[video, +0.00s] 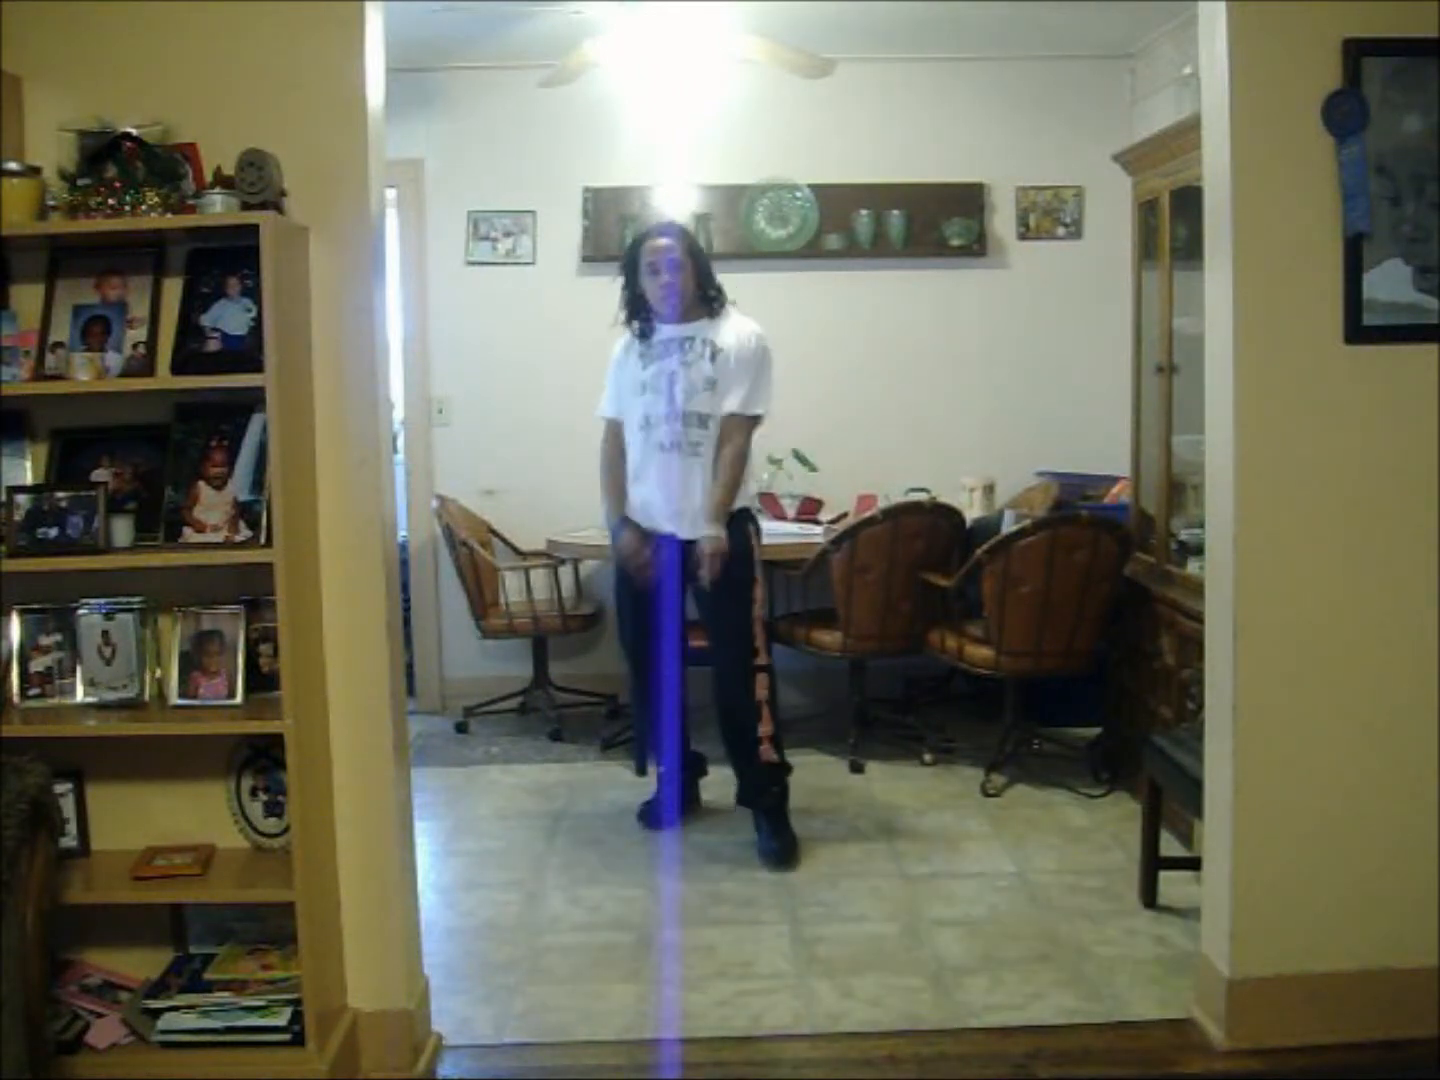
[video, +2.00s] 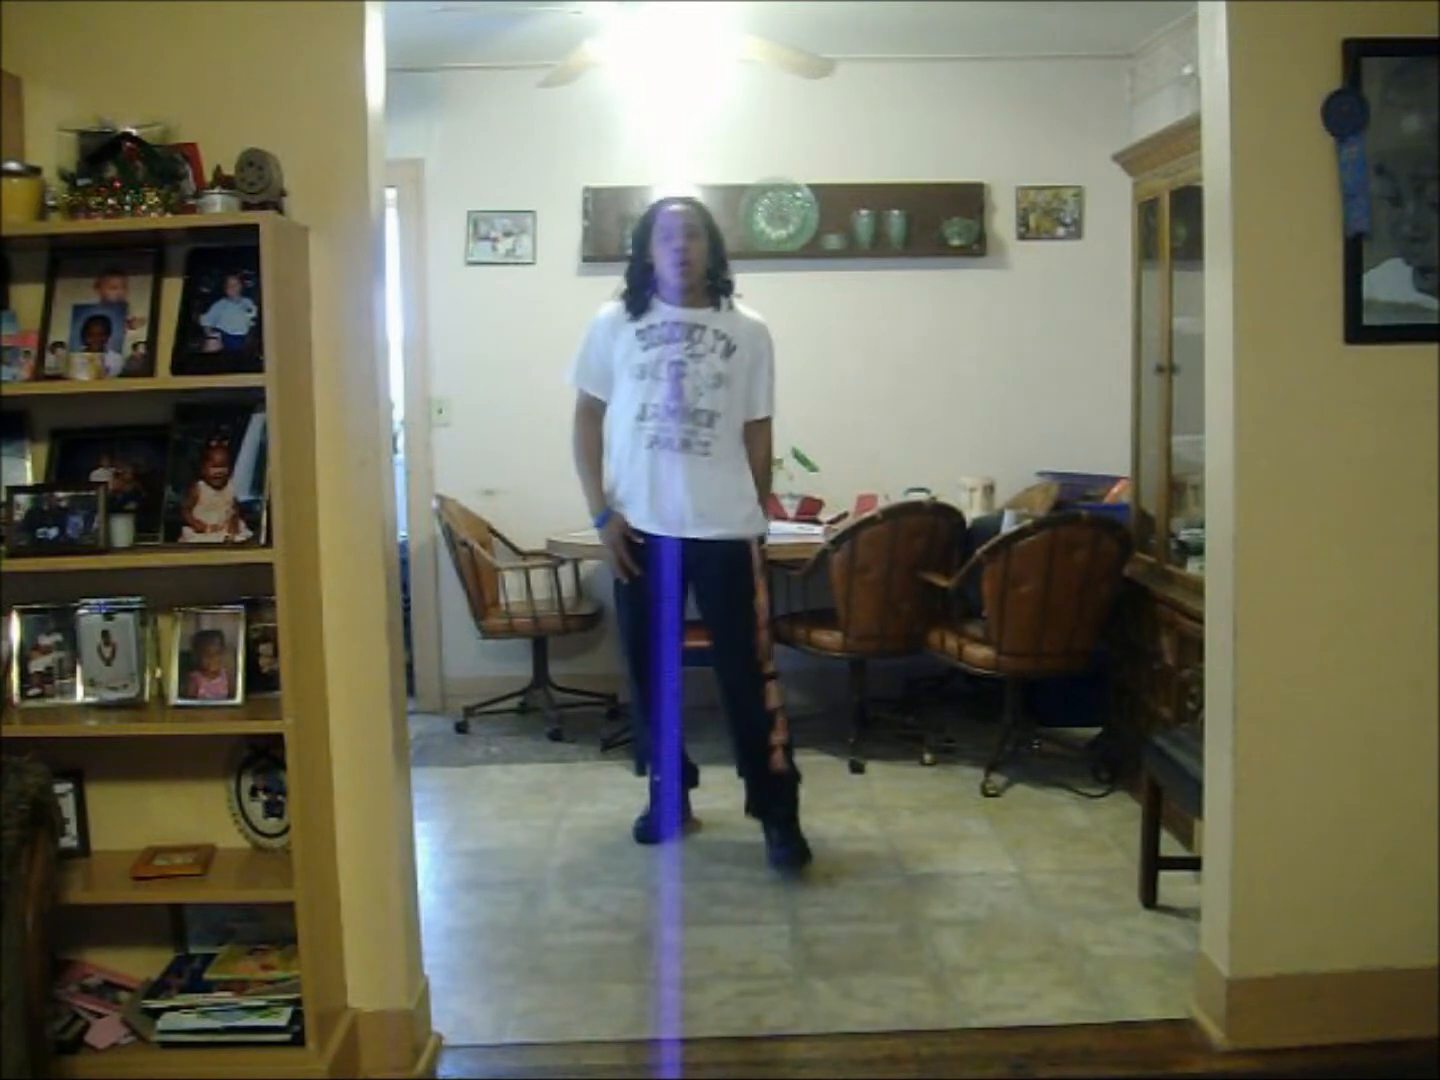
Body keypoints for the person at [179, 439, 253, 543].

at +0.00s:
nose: (219, 471)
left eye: (223, 466)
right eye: (213, 466)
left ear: (230, 469)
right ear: (204, 468)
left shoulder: (232, 488)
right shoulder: (200, 487)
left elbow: (237, 511)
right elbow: (187, 511)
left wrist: (232, 532)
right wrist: (200, 526)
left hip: (225, 533)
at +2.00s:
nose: (219, 472)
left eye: (224, 467)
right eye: (214, 466)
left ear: (230, 469)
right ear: (203, 468)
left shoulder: (231, 488)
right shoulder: (199, 488)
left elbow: (236, 509)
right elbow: (186, 511)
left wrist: (234, 523)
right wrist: (199, 526)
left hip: (225, 533)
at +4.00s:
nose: (219, 472)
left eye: (224, 467)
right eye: (214, 466)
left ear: (230, 469)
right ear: (203, 468)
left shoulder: (231, 488)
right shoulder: (199, 488)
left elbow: (236, 509)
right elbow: (186, 511)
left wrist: (234, 523)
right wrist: (199, 526)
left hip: (225, 533)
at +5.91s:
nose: (219, 472)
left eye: (224, 467)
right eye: (214, 466)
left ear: (231, 470)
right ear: (204, 468)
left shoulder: (231, 488)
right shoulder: (199, 488)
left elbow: (236, 509)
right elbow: (186, 511)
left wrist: (234, 523)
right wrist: (199, 525)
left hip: (225, 533)